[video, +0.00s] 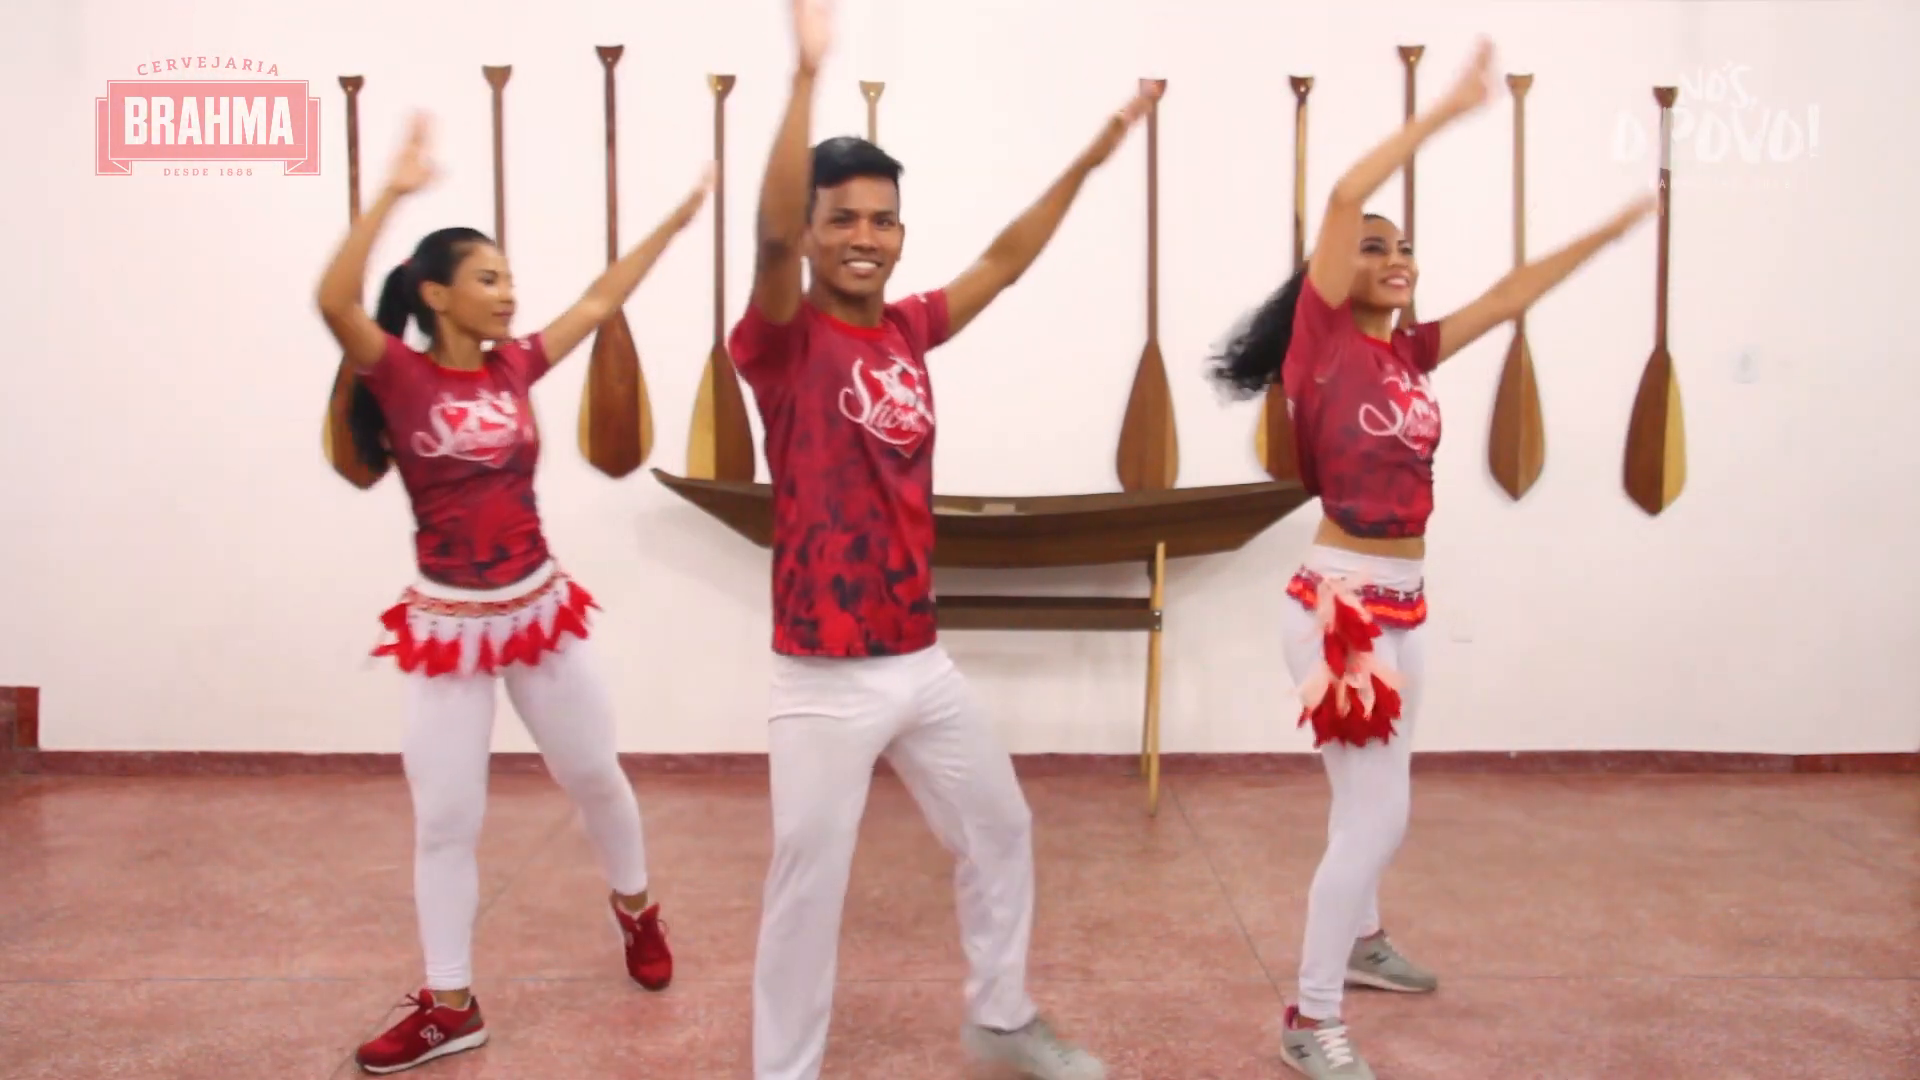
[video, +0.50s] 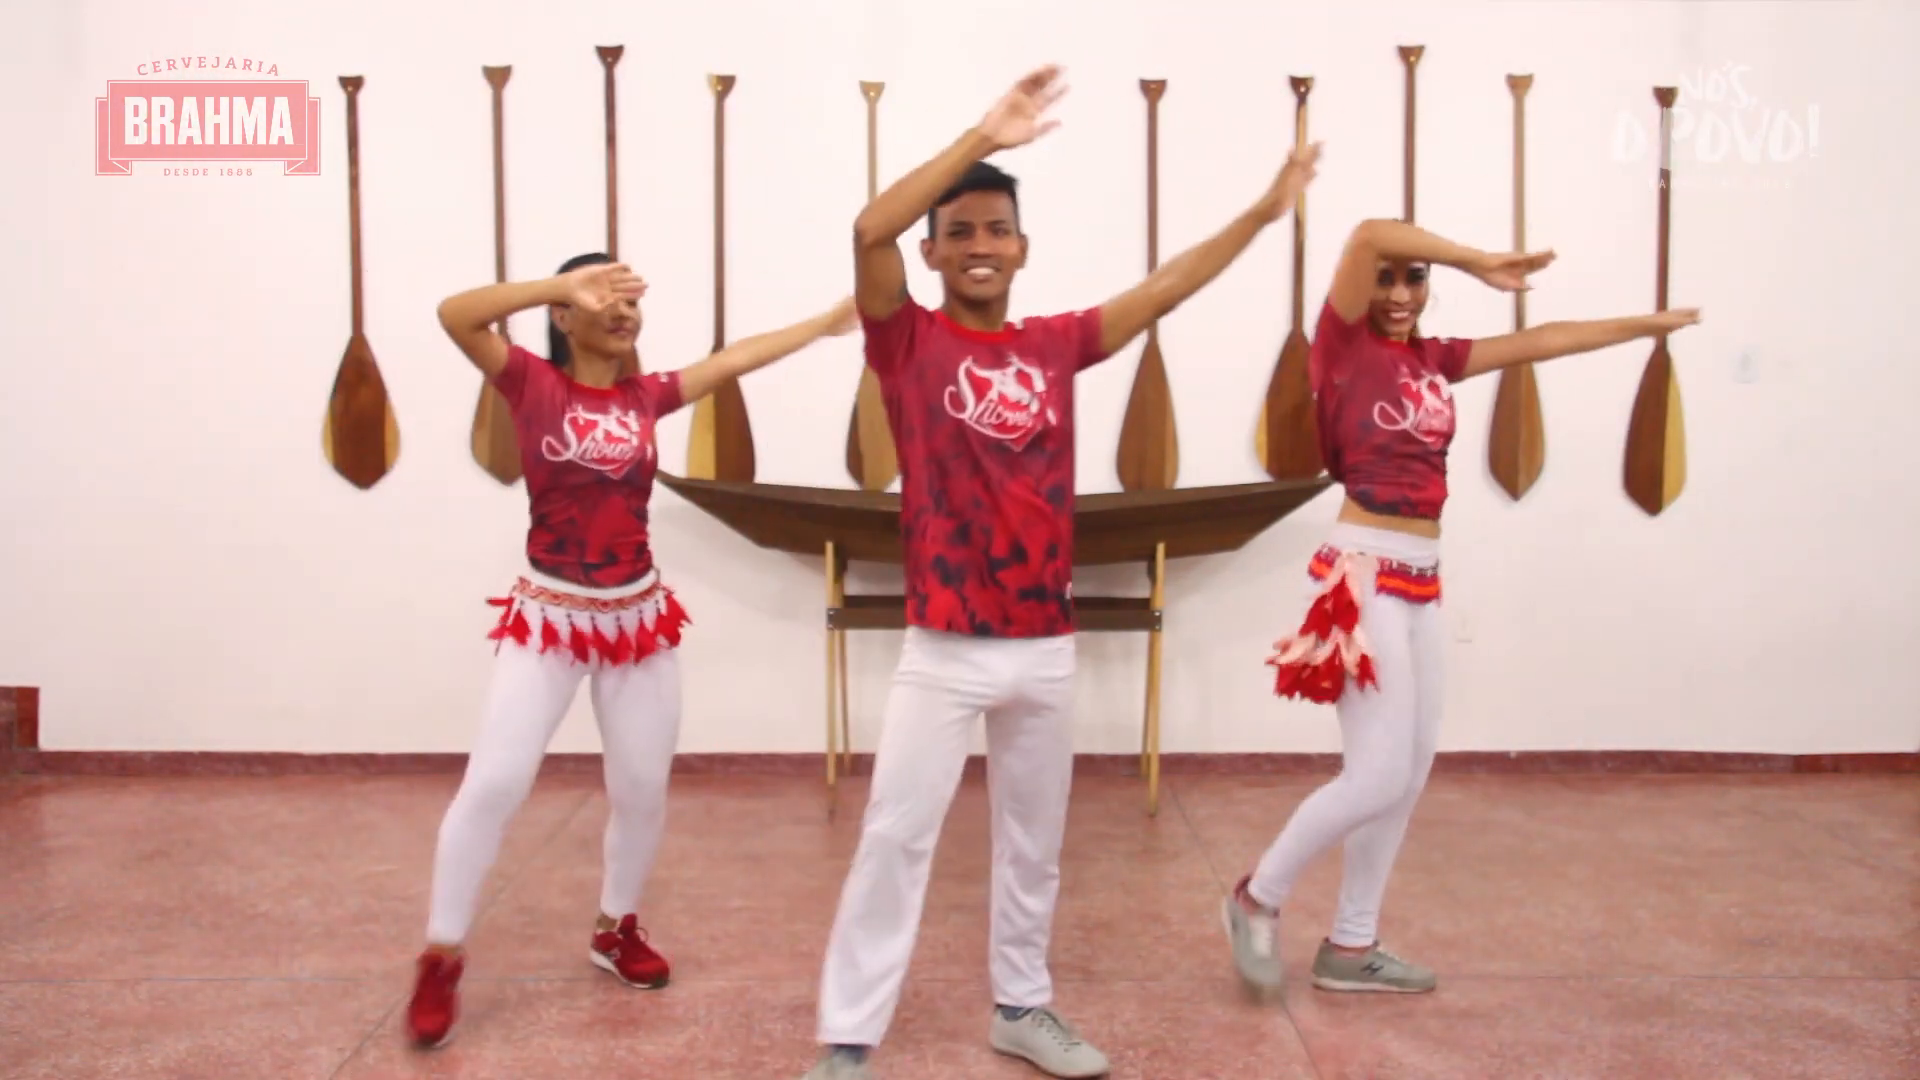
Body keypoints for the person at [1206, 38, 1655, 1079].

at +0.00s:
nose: (1396, 261)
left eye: (1404, 250)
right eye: (1376, 248)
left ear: (1414, 270)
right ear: (1340, 263)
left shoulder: (1412, 350)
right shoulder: (1324, 337)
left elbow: (1510, 292)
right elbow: (1344, 198)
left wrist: (1611, 228)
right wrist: (1451, 105)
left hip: (1399, 599)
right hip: (1342, 598)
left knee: (1379, 801)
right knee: (1370, 820)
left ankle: (1357, 935)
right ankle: (1311, 1018)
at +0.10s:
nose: (1400, 272)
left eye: (1406, 264)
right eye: (1383, 260)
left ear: (1409, 287)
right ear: (1346, 280)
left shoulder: (1407, 360)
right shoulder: (1328, 349)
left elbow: (1515, 320)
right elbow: (1364, 211)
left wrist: (1621, 276)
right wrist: (1481, 160)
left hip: (1395, 600)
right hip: (1343, 597)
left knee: (1390, 808)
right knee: (1368, 818)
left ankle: (1349, 943)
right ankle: (1311, 1021)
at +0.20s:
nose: (1405, 283)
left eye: (1411, 272)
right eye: (1388, 270)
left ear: (1418, 290)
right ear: (1353, 286)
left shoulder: (1410, 365)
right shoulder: (1333, 355)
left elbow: (1513, 341)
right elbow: (1381, 220)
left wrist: (1620, 313)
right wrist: (1497, 204)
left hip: (1400, 605)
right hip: (1341, 606)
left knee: (1400, 784)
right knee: (1364, 800)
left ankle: (1353, 945)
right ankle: (1310, 1018)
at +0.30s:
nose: (1414, 290)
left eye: (1418, 277)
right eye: (1398, 276)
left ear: (1413, 294)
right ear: (1359, 288)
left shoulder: (1411, 365)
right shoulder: (1339, 353)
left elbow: (1511, 351)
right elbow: (1392, 232)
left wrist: (1614, 332)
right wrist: (1500, 236)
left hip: (1403, 596)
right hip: (1349, 595)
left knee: (1403, 780)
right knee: (1365, 788)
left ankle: (1350, 945)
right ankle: (1296, 995)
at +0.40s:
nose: (1416, 290)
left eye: (1423, 278)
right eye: (1401, 276)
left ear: (1428, 291)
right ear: (1365, 285)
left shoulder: (1425, 363)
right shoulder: (1342, 352)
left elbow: (1522, 349)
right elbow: (1390, 237)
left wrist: (1628, 335)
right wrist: (1496, 256)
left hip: (1405, 593)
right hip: (1354, 589)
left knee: (1409, 778)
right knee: (1379, 781)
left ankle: (1350, 947)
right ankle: (1266, 943)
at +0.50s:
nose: (1404, 293)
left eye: (1416, 280)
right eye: (1391, 280)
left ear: (1428, 291)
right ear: (1366, 284)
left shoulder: (1436, 359)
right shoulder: (1341, 348)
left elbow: (1543, 341)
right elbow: (1369, 236)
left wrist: (1652, 323)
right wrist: (1482, 260)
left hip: (1421, 581)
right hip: (1361, 575)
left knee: (1408, 774)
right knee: (1379, 774)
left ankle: (1350, 947)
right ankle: (1256, 898)